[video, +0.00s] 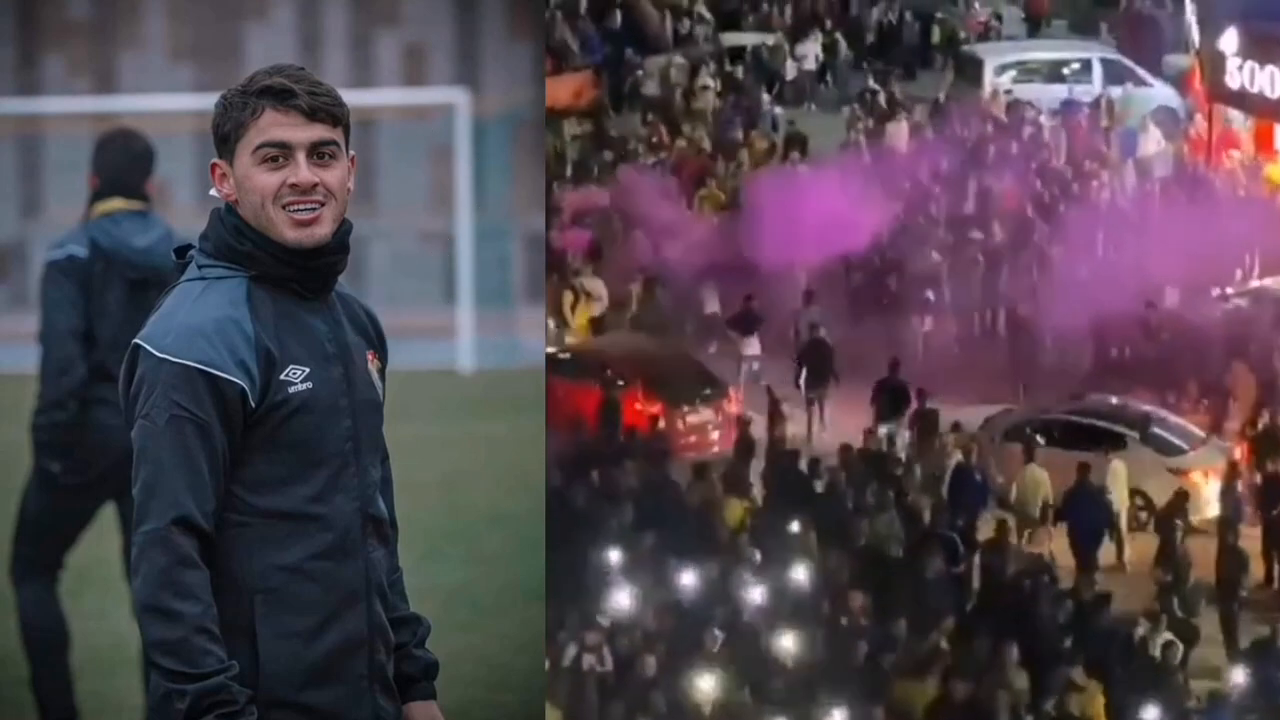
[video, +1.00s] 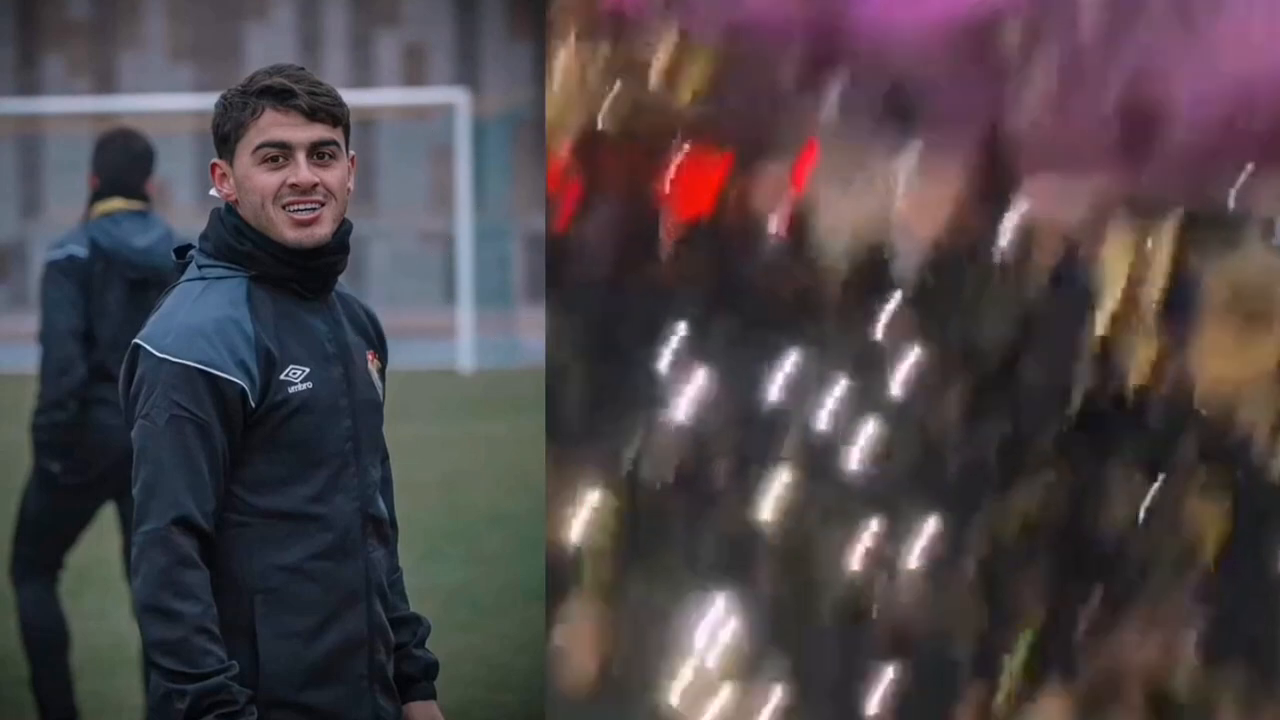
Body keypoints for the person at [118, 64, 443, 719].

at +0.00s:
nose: (305, 178)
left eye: (322, 155)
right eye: (274, 158)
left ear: (350, 171)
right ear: (226, 182)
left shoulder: (356, 323)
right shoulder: (195, 334)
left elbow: (372, 524)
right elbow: (164, 551)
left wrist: (414, 684)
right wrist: (213, 705)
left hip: (364, 690)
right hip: (259, 691)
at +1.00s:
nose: (305, 178)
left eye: (322, 155)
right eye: (274, 158)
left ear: (349, 171)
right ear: (226, 182)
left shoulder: (356, 324)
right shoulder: (195, 334)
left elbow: (373, 525)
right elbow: (164, 551)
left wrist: (414, 684)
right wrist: (213, 705)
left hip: (364, 690)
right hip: (259, 691)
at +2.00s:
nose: (305, 178)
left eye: (322, 155)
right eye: (274, 158)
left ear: (349, 171)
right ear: (226, 182)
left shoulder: (356, 323)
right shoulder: (195, 334)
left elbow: (372, 525)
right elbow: (164, 550)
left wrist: (414, 684)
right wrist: (213, 705)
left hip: (365, 690)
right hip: (260, 691)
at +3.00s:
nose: (304, 178)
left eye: (322, 155)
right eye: (274, 158)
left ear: (350, 171)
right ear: (226, 182)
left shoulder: (356, 323)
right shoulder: (195, 334)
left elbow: (372, 525)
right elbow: (164, 550)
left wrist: (414, 685)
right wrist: (213, 705)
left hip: (365, 690)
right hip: (259, 691)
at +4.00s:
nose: (304, 178)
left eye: (322, 155)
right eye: (274, 158)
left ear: (350, 171)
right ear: (226, 182)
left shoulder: (356, 323)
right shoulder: (195, 334)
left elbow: (372, 525)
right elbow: (164, 550)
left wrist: (414, 684)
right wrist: (213, 705)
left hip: (365, 690)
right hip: (259, 691)